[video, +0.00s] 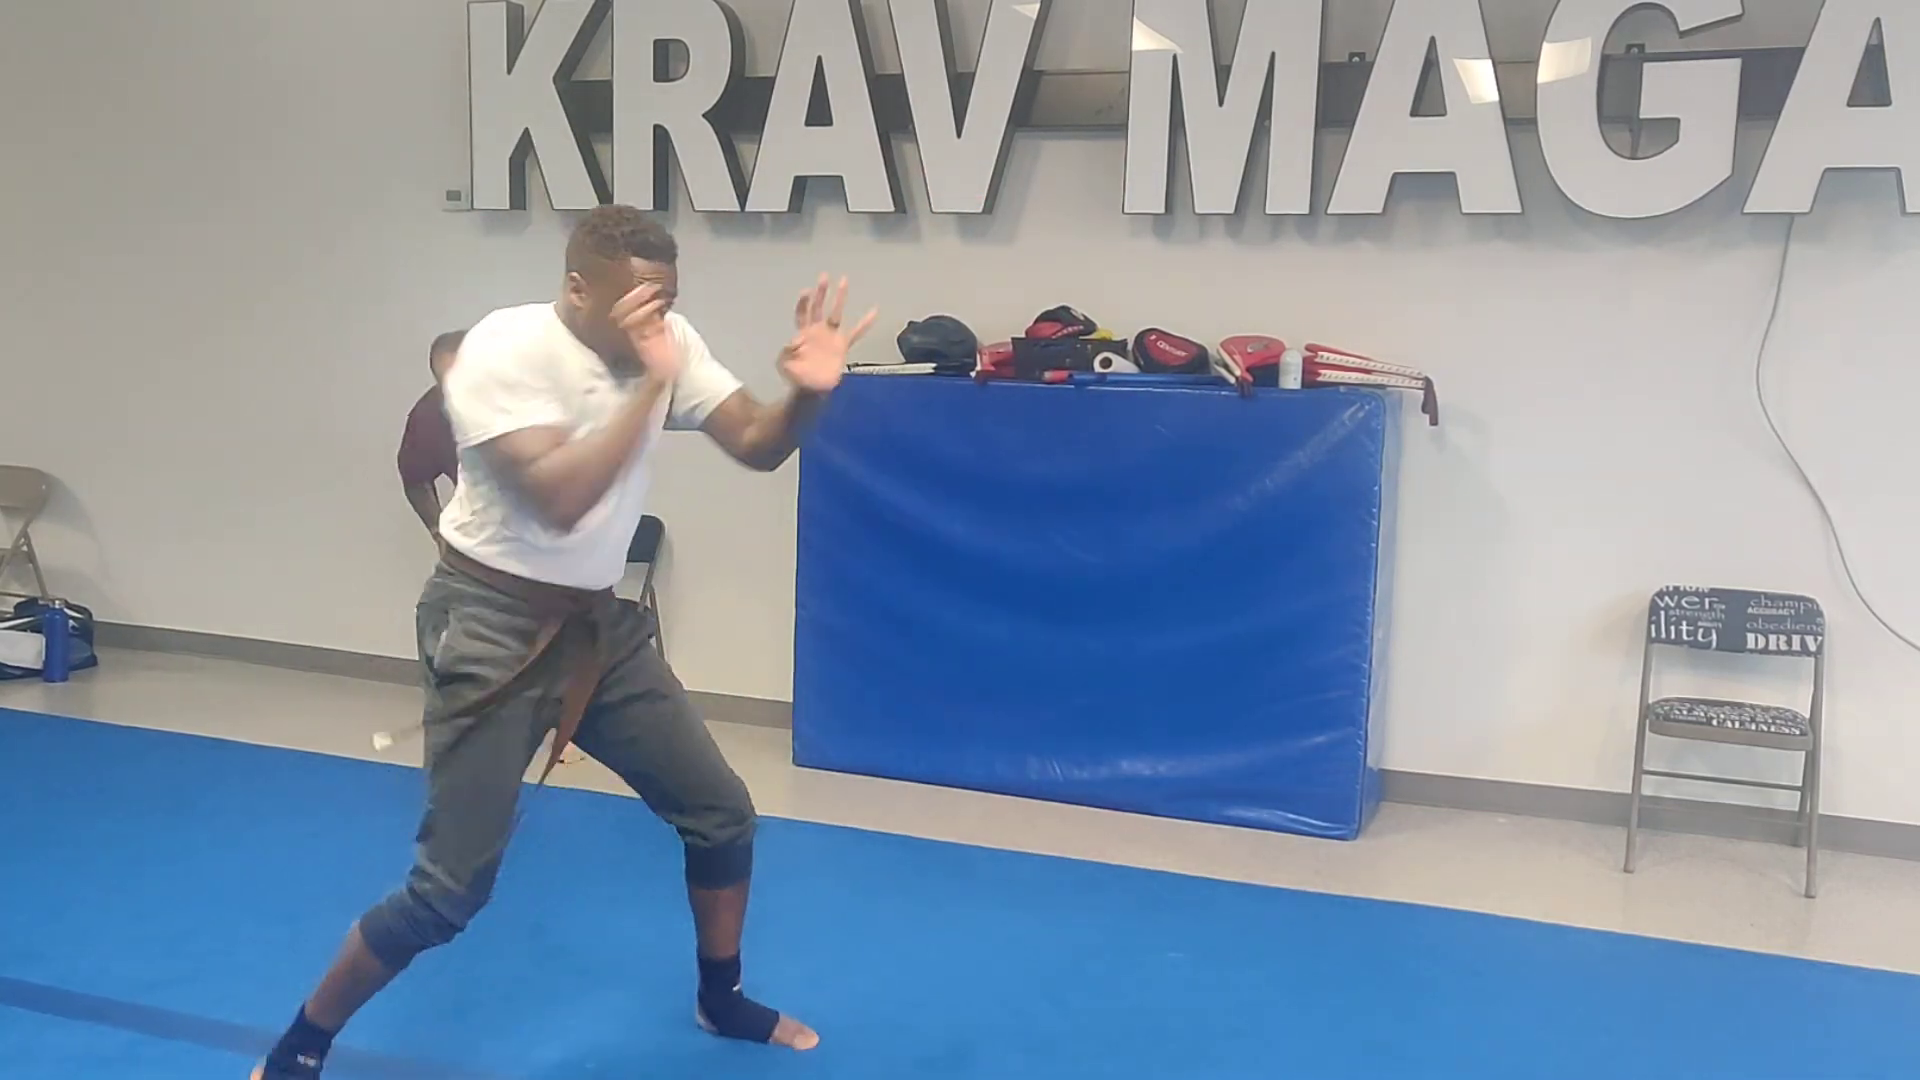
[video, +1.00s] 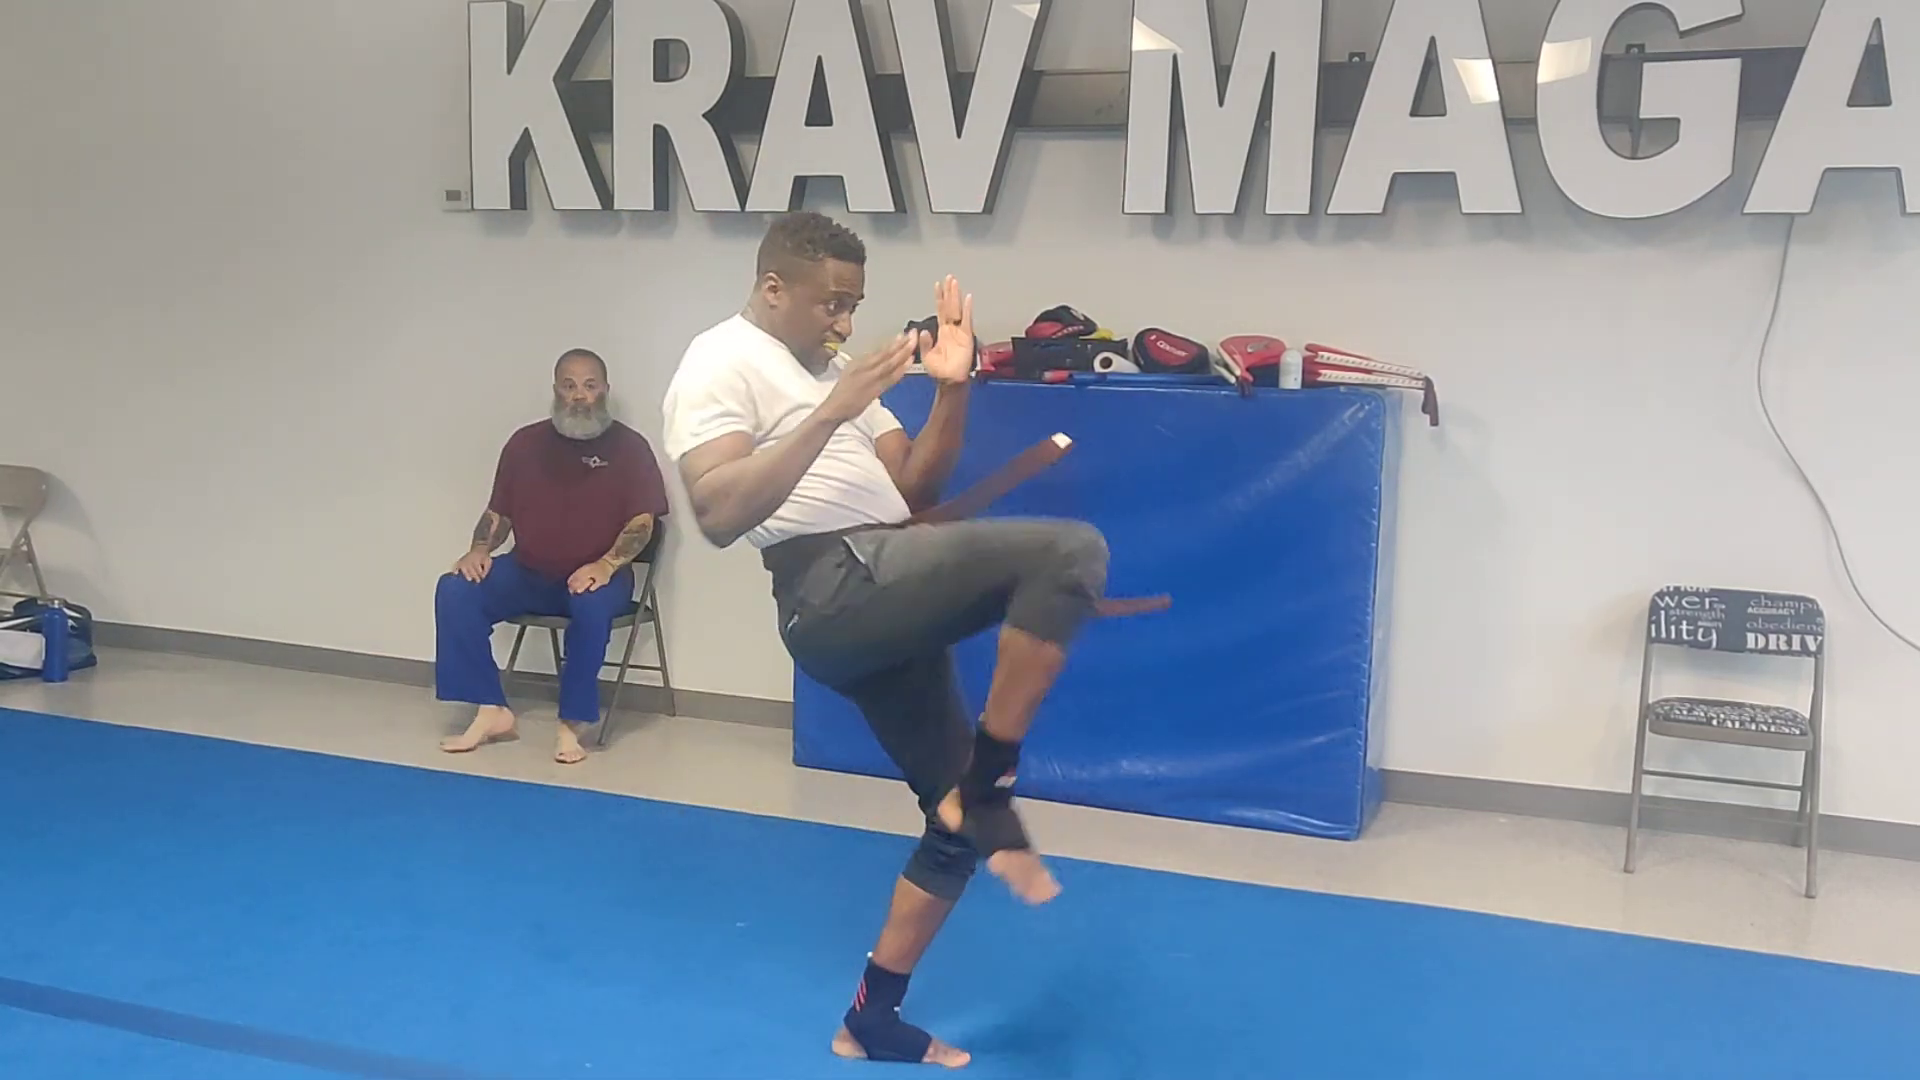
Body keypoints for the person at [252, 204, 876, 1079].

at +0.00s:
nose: (657, 313)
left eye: (665, 297)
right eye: (640, 297)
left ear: (667, 289)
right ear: (577, 289)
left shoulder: (665, 341)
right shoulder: (496, 354)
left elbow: (757, 444)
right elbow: (560, 494)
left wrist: (802, 396)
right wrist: (649, 387)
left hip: (597, 617)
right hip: (490, 618)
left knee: (721, 813)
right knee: (449, 892)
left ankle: (722, 997)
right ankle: (299, 1049)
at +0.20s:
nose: (687, 329)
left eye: (695, 313)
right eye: (674, 307)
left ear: (695, 307)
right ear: (611, 291)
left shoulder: (642, 390)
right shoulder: (560, 348)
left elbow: (691, 500)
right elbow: (710, 405)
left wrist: (761, 436)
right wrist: (844, 323)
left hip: (619, 633)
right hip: (522, 632)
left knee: (747, 803)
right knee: (454, 892)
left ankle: (725, 997)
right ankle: (283, 1041)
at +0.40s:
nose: (732, 378)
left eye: (733, 365)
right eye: (733, 358)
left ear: (696, 352)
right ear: (686, 332)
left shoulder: (686, 415)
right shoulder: (597, 359)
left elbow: (779, 466)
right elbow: (780, 360)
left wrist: (857, 372)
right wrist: (877, 317)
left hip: (616, 668)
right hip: (507, 672)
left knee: (765, 803)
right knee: (417, 910)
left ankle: (834, 1008)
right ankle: (230, 1033)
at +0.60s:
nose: (799, 372)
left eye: (803, 360)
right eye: (793, 352)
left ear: (780, 354)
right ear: (755, 328)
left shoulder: (764, 422)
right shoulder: (698, 365)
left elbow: (857, 468)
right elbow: (838, 337)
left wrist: (877, 357)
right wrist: (889, 317)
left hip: (716, 670)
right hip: (616, 656)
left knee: (864, 804)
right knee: (524, 913)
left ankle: (857, 1011)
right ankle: (297, 991)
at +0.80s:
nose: (827, 326)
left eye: (837, 310)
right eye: (820, 303)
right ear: (762, 274)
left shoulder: (819, 372)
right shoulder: (671, 335)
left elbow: (851, 510)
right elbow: (608, 475)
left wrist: (889, 439)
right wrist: (736, 425)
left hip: (828, 575)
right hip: (762, 574)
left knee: (922, 806)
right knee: (967, 631)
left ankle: (867, 1014)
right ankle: (832, 820)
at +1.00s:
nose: (845, 320)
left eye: (852, 305)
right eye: (833, 302)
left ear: (850, 301)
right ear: (772, 291)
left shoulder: (834, 372)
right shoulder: (717, 363)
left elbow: (915, 484)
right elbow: (716, 514)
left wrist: (953, 388)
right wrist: (829, 414)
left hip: (884, 583)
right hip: (832, 587)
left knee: (960, 815)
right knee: (1068, 552)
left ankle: (875, 1015)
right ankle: (987, 791)